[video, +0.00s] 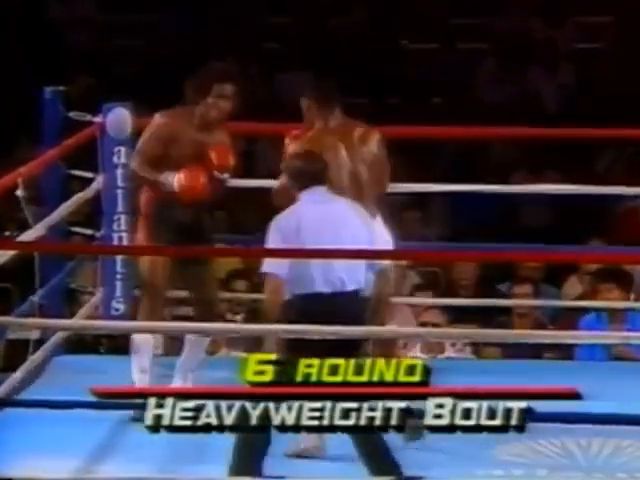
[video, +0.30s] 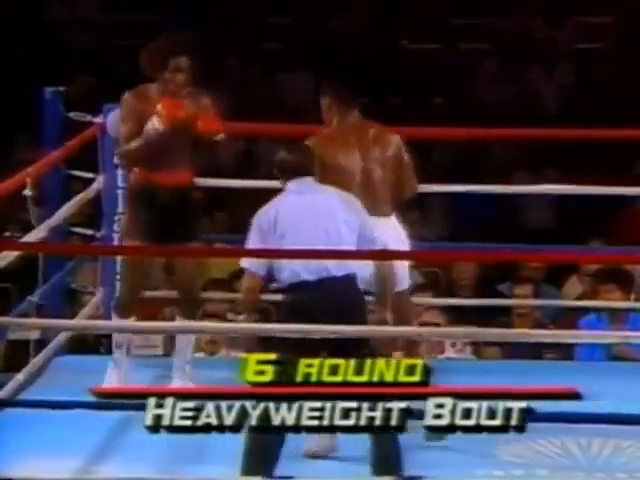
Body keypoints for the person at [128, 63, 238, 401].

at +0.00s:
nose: (224, 105)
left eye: (230, 98)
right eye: (219, 96)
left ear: (232, 105)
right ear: (201, 96)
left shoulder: (219, 136)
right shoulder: (166, 124)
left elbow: (221, 182)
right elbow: (137, 163)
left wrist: (220, 173)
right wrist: (168, 180)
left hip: (197, 218)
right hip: (159, 217)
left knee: (209, 302)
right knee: (154, 296)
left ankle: (183, 381)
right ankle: (143, 383)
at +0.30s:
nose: (178, 78)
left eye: (184, 71)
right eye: (172, 71)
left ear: (192, 74)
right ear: (158, 72)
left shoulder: (199, 103)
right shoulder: (137, 100)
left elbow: (219, 152)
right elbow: (125, 154)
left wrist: (207, 134)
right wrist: (152, 134)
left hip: (183, 191)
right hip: (146, 191)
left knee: (190, 285)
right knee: (132, 281)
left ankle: (182, 370)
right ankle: (120, 368)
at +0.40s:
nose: (171, 88)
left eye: (176, 80)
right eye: (164, 81)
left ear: (182, 83)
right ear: (148, 84)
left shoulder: (192, 116)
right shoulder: (126, 118)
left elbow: (206, 162)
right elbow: (119, 171)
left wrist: (183, 150)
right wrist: (150, 156)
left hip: (182, 202)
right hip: (142, 204)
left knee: (195, 292)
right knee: (131, 293)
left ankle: (185, 376)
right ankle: (121, 371)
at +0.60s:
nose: (176, 81)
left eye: (180, 73)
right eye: (169, 73)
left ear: (185, 75)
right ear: (153, 75)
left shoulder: (190, 102)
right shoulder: (130, 107)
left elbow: (208, 142)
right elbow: (120, 160)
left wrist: (192, 130)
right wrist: (154, 147)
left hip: (185, 193)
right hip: (146, 196)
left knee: (215, 276)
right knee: (136, 285)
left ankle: (208, 367)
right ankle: (121, 367)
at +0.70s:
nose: (186, 77)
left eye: (189, 69)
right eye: (179, 70)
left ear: (192, 71)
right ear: (161, 72)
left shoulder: (194, 101)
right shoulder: (140, 102)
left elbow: (217, 136)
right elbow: (137, 154)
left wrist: (211, 126)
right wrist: (165, 135)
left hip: (187, 192)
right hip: (148, 194)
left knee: (216, 275)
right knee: (136, 280)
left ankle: (235, 364)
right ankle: (121, 366)